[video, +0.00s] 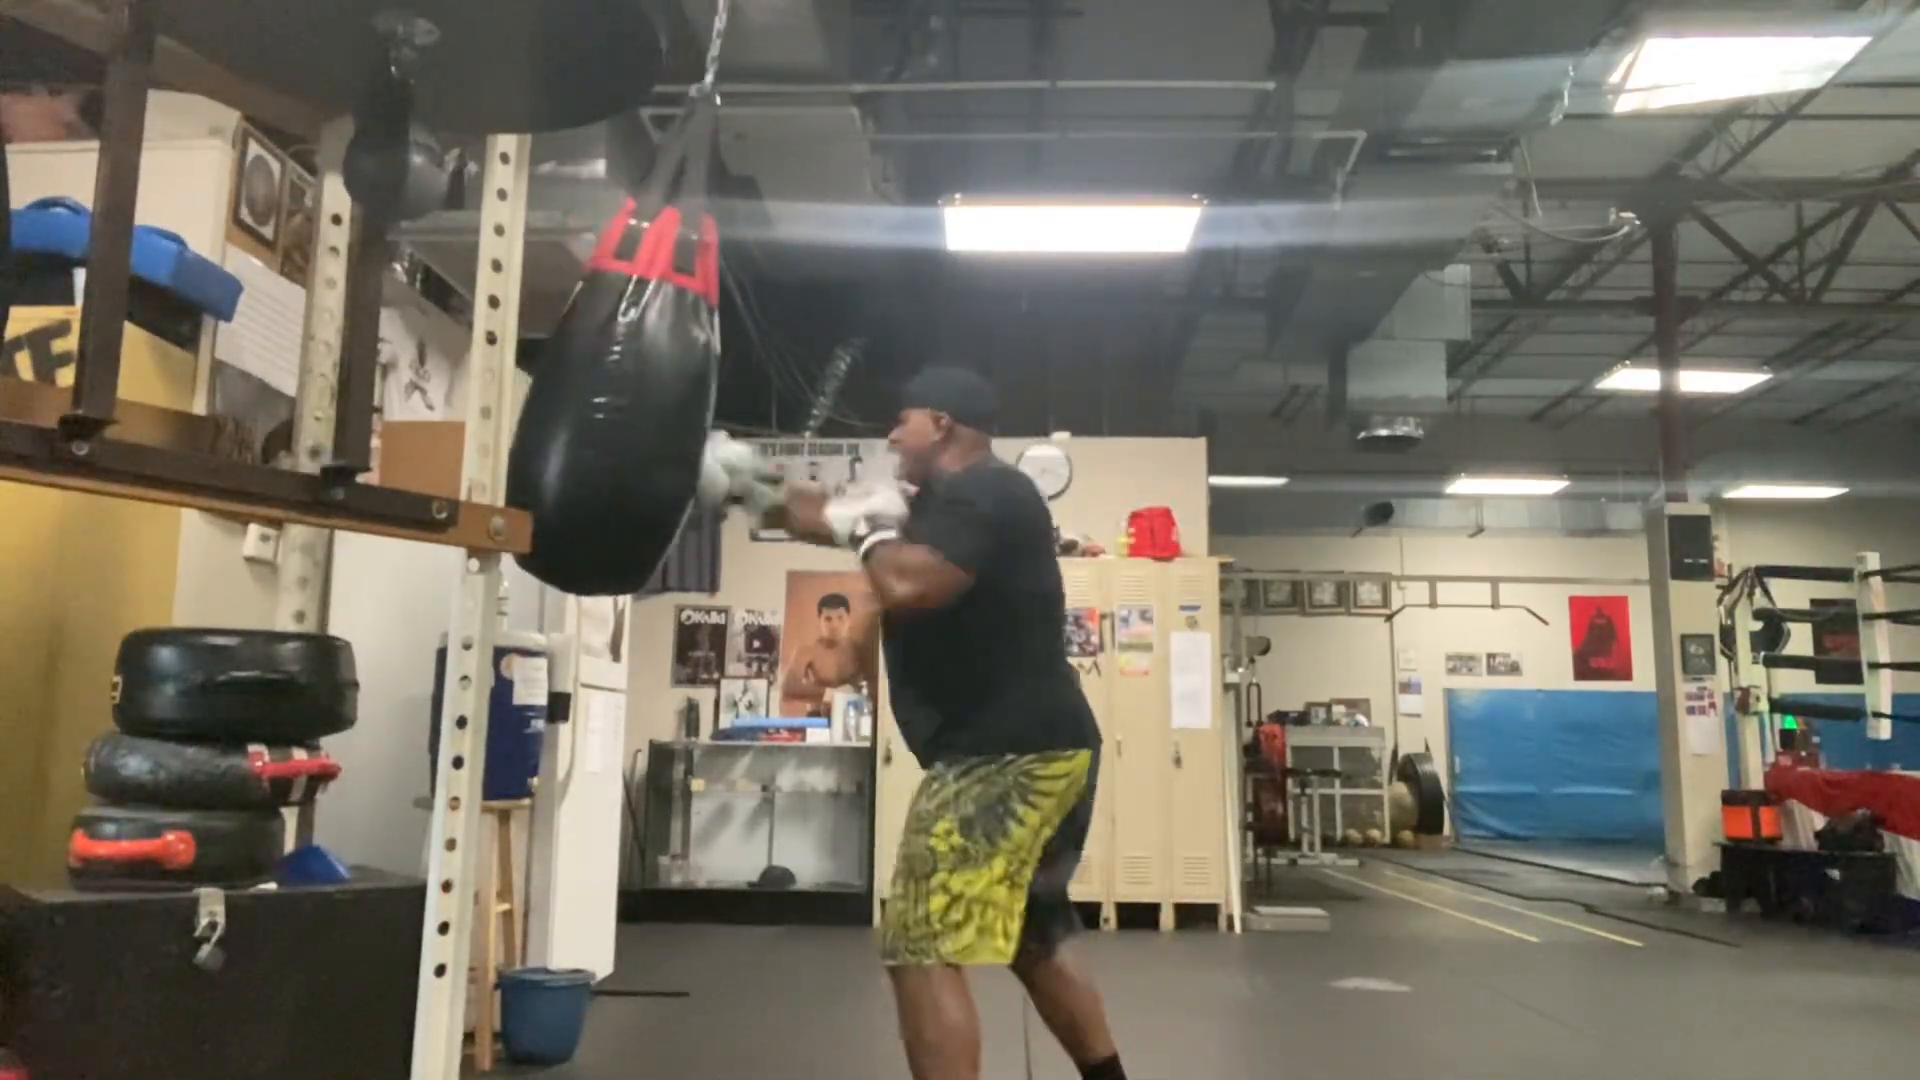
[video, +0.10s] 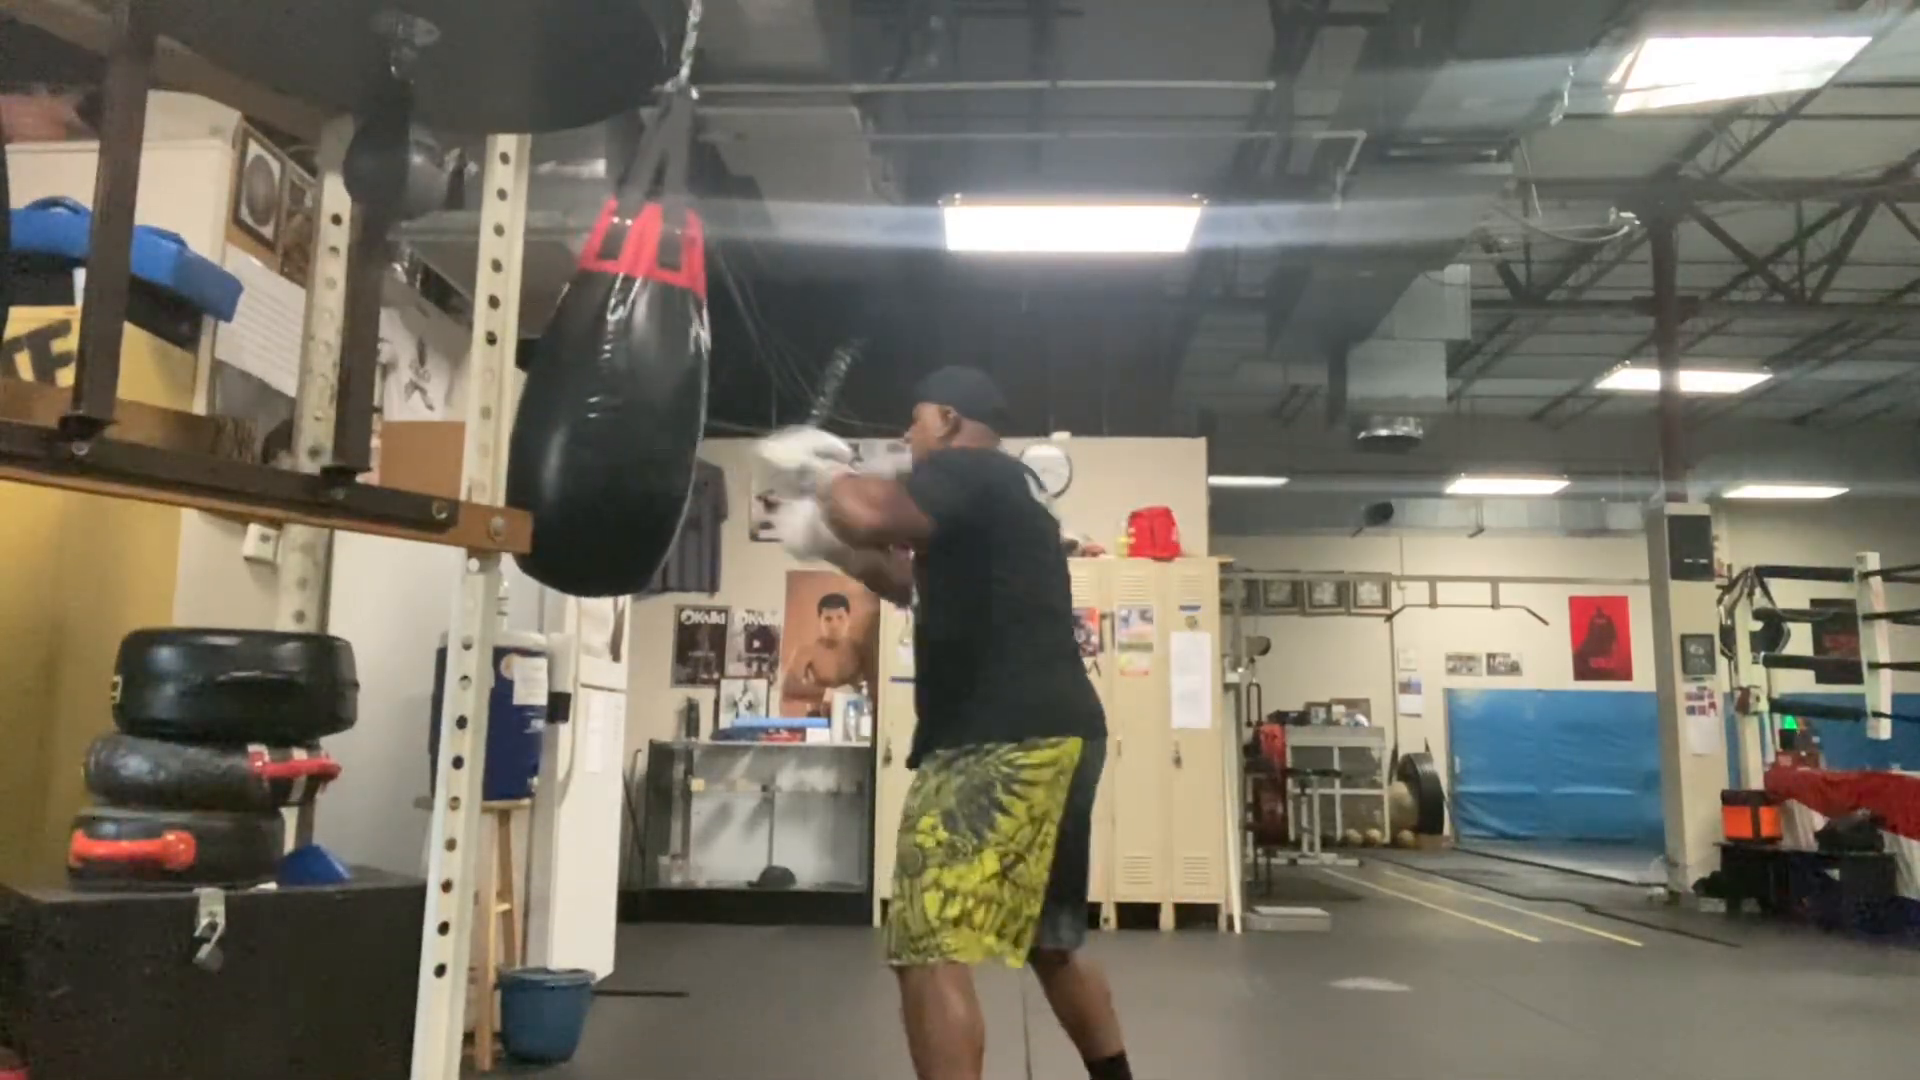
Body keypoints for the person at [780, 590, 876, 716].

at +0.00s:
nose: (834, 625)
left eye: (840, 618)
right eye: (828, 619)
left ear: (848, 620)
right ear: (819, 621)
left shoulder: (857, 651)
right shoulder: (808, 652)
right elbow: (789, 688)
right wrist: (825, 693)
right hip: (820, 716)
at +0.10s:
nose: (834, 625)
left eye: (840, 618)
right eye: (828, 619)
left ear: (848, 619)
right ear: (820, 620)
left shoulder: (858, 651)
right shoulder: (807, 652)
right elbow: (789, 688)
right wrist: (827, 692)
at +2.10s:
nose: (834, 625)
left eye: (840, 618)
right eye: (828, 619)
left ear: (848, 619)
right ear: (819, 620)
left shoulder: (857, 653)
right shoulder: (807, 652)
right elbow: (788, 688)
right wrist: (824, 694)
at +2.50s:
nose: (834, 625)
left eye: (840, 618)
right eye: (828, 619)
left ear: (848, 619)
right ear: (819, 620)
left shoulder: (857, 653)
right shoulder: (807, 652)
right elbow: (789, 688)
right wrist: (825, 694)